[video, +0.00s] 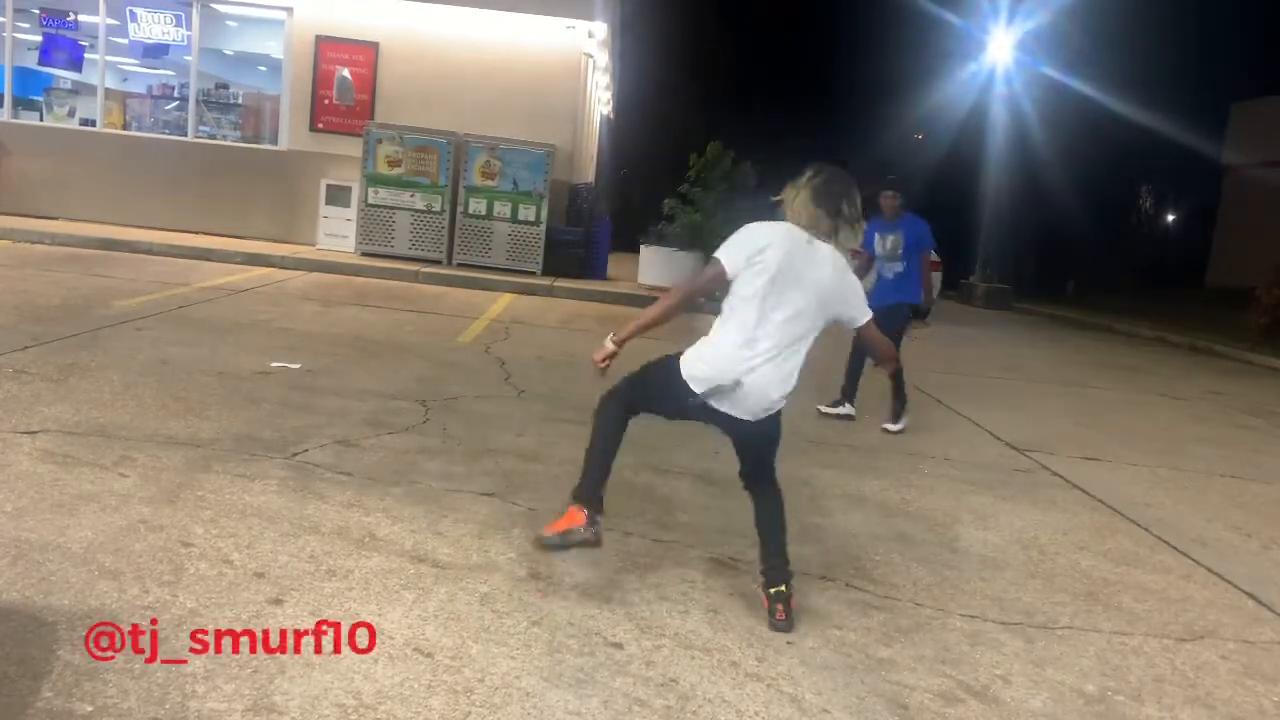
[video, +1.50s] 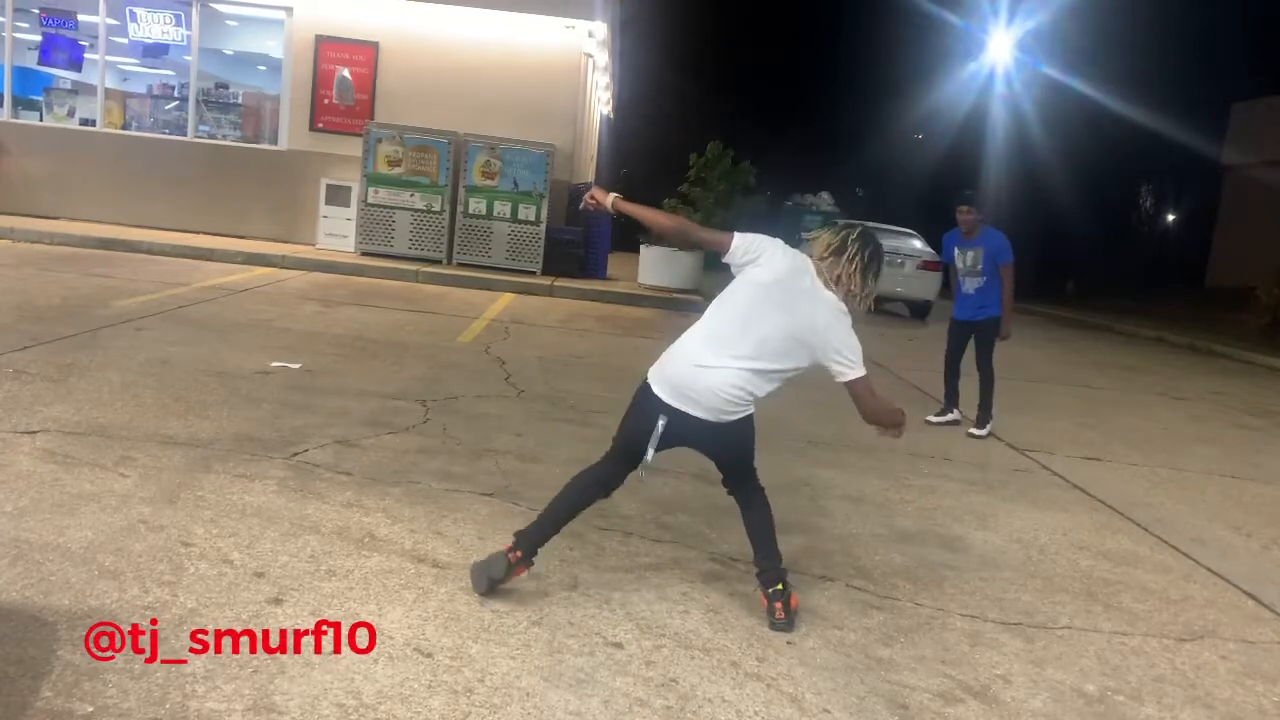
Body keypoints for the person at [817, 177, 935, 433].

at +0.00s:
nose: (889, 203)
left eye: (894, 198)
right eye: (885, 198)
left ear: (901, 201)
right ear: (879, 201)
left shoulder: (917, 226)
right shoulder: (874, 226)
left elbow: (925, 265)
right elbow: (865, 263)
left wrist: (927, 299)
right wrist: (846, 288)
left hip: (904, 298)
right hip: (877, 297)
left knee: (890, 352)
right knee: (859, 345)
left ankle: (898, 412)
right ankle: (847, 400)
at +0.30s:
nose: (922, 211)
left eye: (928, 207)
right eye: (918, 206)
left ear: (937, 209)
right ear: (913, 207)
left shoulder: (950, 234)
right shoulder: (906, 231)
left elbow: (964, 274)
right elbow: (899, 269)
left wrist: (952, 311)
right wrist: (888, 302)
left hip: (938, 306)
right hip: (912, 304)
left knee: (927, 356)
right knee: (896, 350)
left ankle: (921, 413)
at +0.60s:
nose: (942, 216)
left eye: (947, 211)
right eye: (938, 211)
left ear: (956, 213)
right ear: (933, 213)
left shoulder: (974, 237)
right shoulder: (930, 237)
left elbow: (989, 275)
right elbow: (923, 274)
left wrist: (987, 314)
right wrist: (921, 308)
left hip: (967, 308)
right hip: (940, 308)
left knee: (955, 357)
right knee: (933, 356)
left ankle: (953, 413)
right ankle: (932, 407)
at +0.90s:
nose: (965, 220)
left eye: (969, 216)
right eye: (961, 216)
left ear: (979, 216)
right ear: (956, 218)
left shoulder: (1000, 241)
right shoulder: (951, 241)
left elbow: (1010, 277)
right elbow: (953, 274)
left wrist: (1007, 314)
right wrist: (957, 299)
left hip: (988, 315)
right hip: (959, 312)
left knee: (983, 364)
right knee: (943, 357)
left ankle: (985, 418)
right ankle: (936, 406)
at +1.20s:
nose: (967, 222)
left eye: (973, 217)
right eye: (964, 217)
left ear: (984, 220)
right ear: (959, 219)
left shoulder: (1002, 244)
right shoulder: (953, 244)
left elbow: (1013, 281)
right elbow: (956, 276)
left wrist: (1014, 319)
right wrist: (961, 303)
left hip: (993, 317)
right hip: (965, 315)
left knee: (988, 367)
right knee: (953, 360)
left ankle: (985, 419)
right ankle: (951, 408)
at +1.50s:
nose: (963, 218)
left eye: (968, 213)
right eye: (959, 213)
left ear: (980, 215)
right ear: (955, 215)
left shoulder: (997, 241)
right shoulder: (950, 240)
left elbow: (1008, 281)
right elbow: (953, 276)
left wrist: (1006, 321)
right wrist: (957, 305)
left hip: (988, 315)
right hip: (961, 313)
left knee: (984, 365)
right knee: (951, 360)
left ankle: (983, 419)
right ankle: (951, 408)